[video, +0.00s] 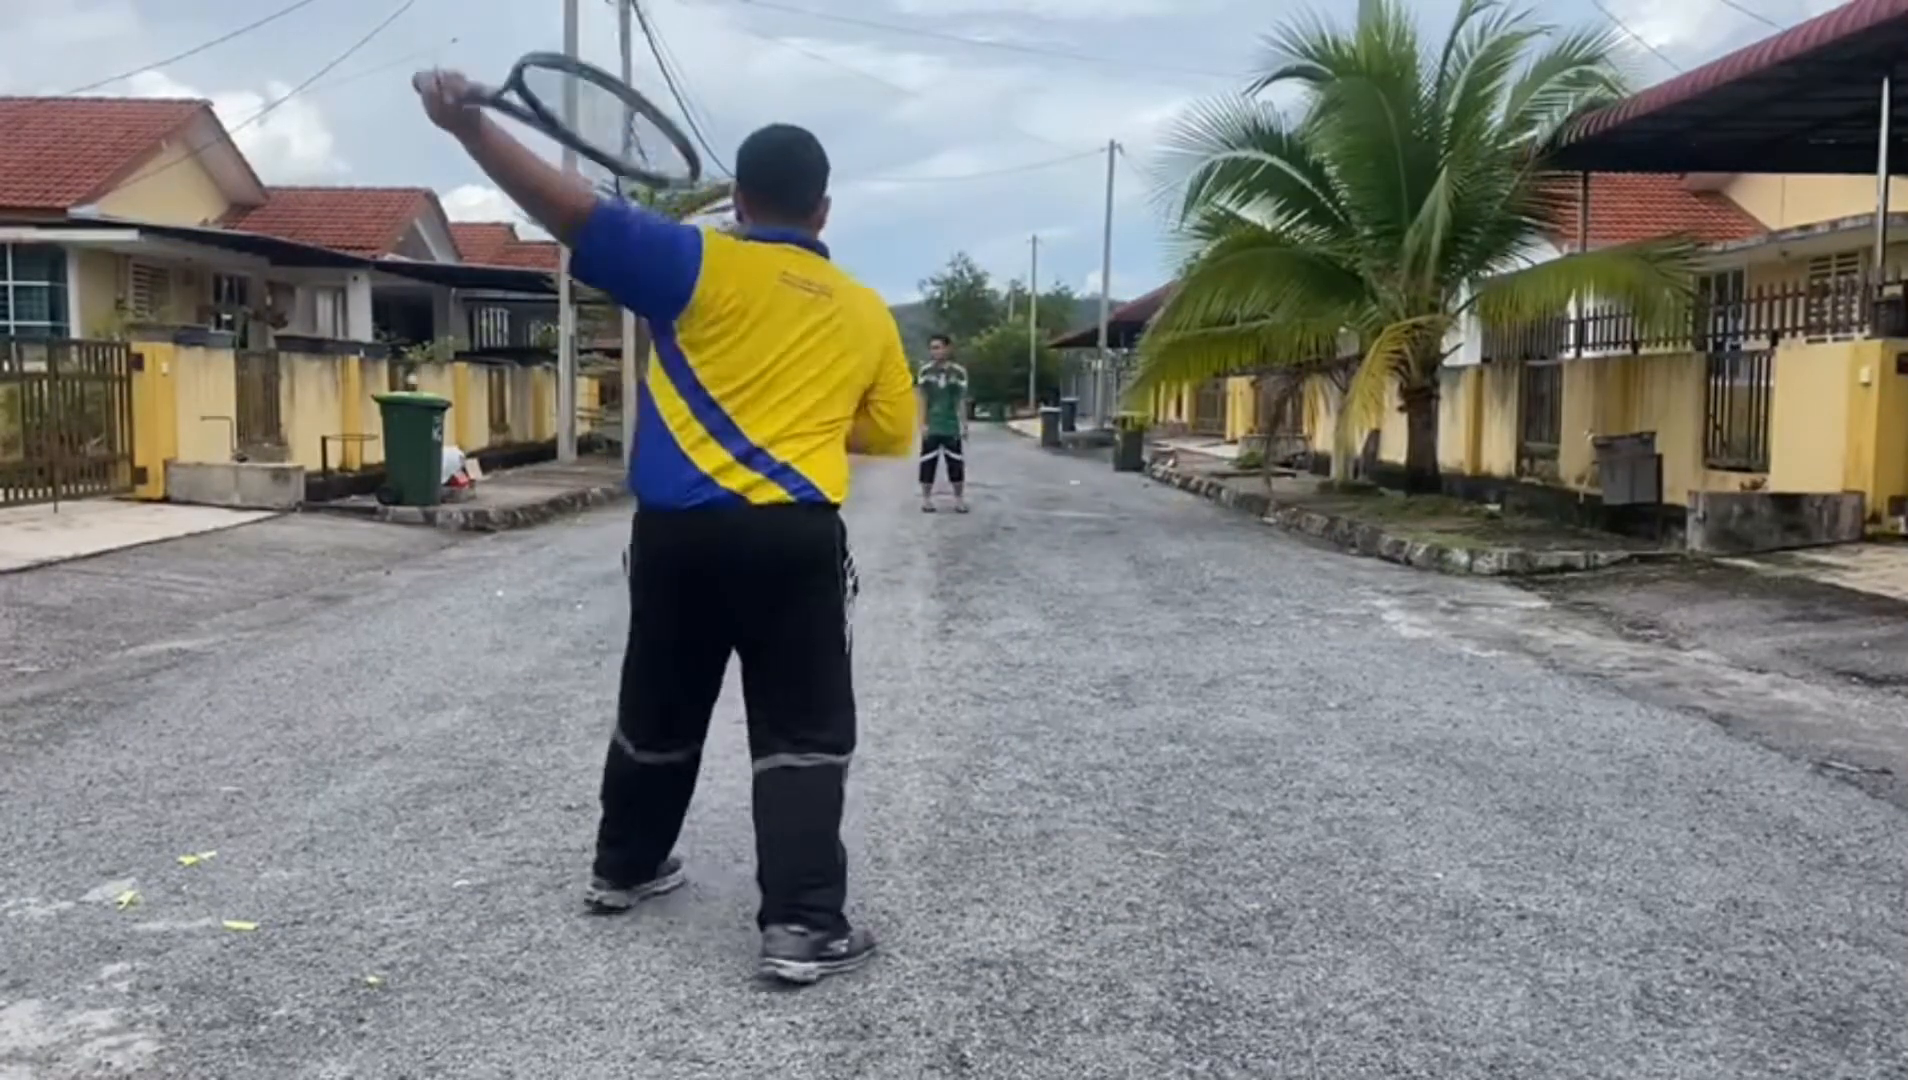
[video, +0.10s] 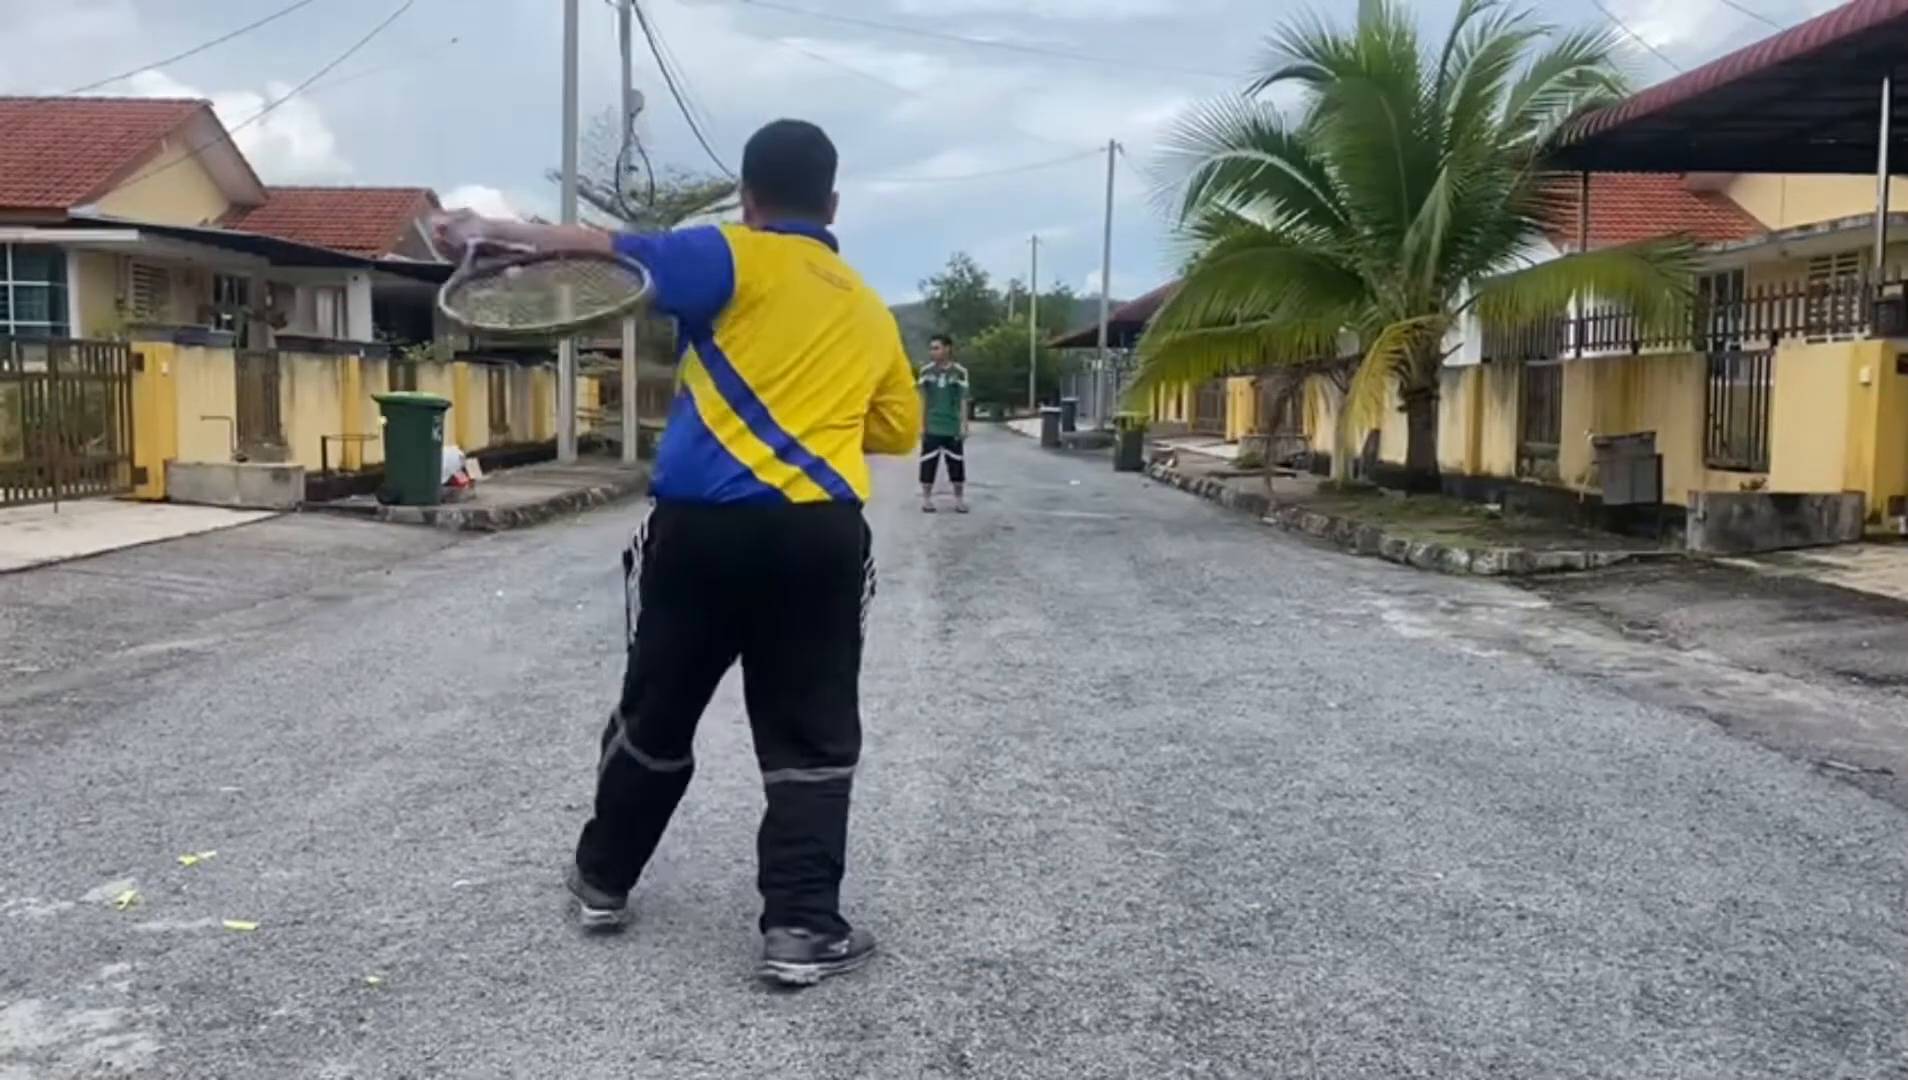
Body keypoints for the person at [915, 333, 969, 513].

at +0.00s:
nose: (935, 352)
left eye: (938, 347)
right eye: (932, 348)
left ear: (948, 349)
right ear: (929, 351)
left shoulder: (958, 372)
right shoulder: (925, 371)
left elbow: (961, 401)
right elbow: (922, 398)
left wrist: (964, 424)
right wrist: (922, 423)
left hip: (952, 424)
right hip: (932, 424)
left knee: (956, 464)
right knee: (927, 463)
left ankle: (959, 498)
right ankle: (926, 498)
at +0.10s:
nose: (933, 352)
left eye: (937, 348)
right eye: (931, 348)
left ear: (947, 349)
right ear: (929, 351)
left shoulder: (960, 372)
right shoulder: (926, 371)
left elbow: (963, 401)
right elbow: (922, 400)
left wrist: (964, 425)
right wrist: (921, 425)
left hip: (952, 426)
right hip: (931, 426)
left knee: (956, 466)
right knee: (928, 465)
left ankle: (959, 498)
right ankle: (926, 498)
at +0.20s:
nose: (933, 352)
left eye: (937, 348)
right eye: (931, 348)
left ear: (948, 349)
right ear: (929, 351)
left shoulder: (960, 372)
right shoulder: (926, 371)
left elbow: (964, 401)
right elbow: (921, 401)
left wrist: (964, 424)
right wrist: (917, 425)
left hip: (953, 425)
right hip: (932, 425)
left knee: (957, 465)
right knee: (928, 464)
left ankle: (959, 498)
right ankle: (927, 498)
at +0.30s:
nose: (932, 352)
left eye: (936, 348)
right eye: (931, 348)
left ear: (947, 349)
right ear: (930, 351)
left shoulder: (960, 372)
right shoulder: (927, 371)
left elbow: (964, 401)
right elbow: (922, 401)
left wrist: (964, 425)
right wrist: (917, 424)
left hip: (953, 426)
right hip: (932, 425)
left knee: (957, 465)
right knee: (928, 464)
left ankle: (959, 498)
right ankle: (927, 498)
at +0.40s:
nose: (933, 352)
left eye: (936, 348)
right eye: (931, 348)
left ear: (947, 349)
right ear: (930, 351)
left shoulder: (961, 372)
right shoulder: (927, 371)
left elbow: (963, 401)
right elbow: (923, 401)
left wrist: (964, 425)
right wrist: (918, 424)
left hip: (953, 426)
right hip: (932, 425)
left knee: (957, 465)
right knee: (928, 464)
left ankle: (959, 498)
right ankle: (927, 498)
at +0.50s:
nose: (933, 352)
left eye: (937, 347)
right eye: (931, 348)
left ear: (947, 348)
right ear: (930, 351)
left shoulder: (960, 372)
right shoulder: (927, 371)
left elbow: (964, 401)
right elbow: (923, 401)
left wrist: (964, 425)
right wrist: (921, 426)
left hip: (953, 426)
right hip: (931, 426)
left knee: (957, 465)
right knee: (928, 465)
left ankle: (959, 498)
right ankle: (927, 498)